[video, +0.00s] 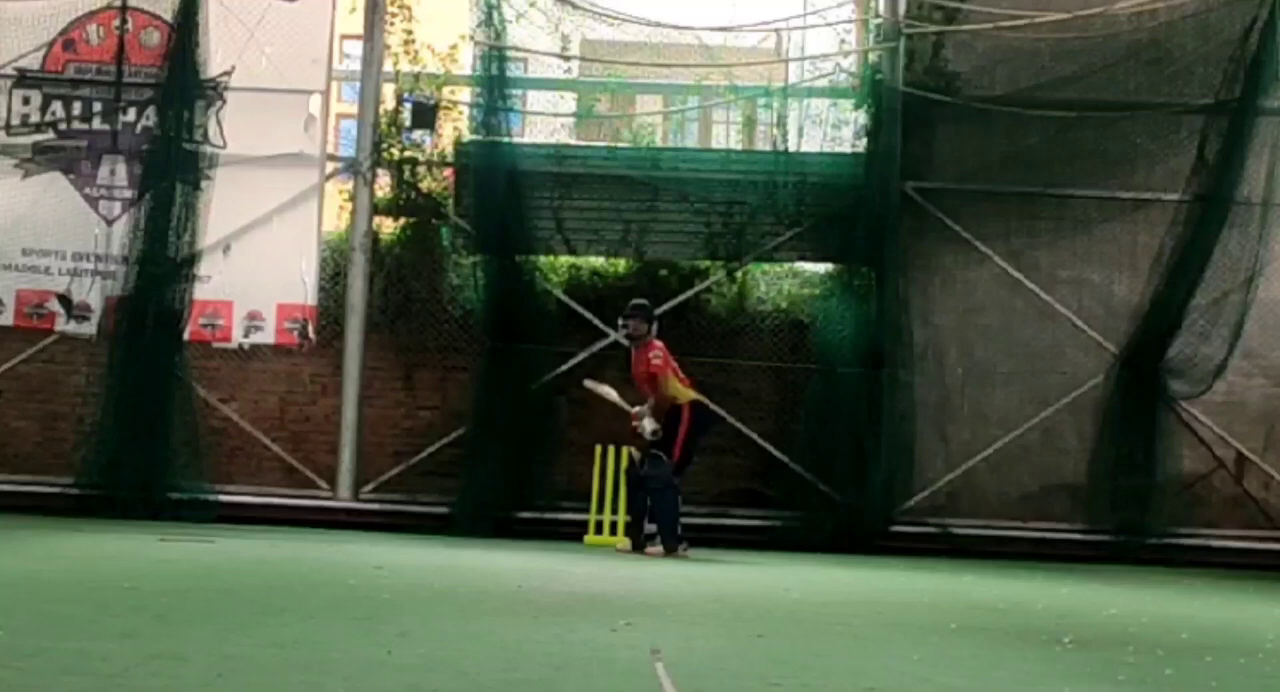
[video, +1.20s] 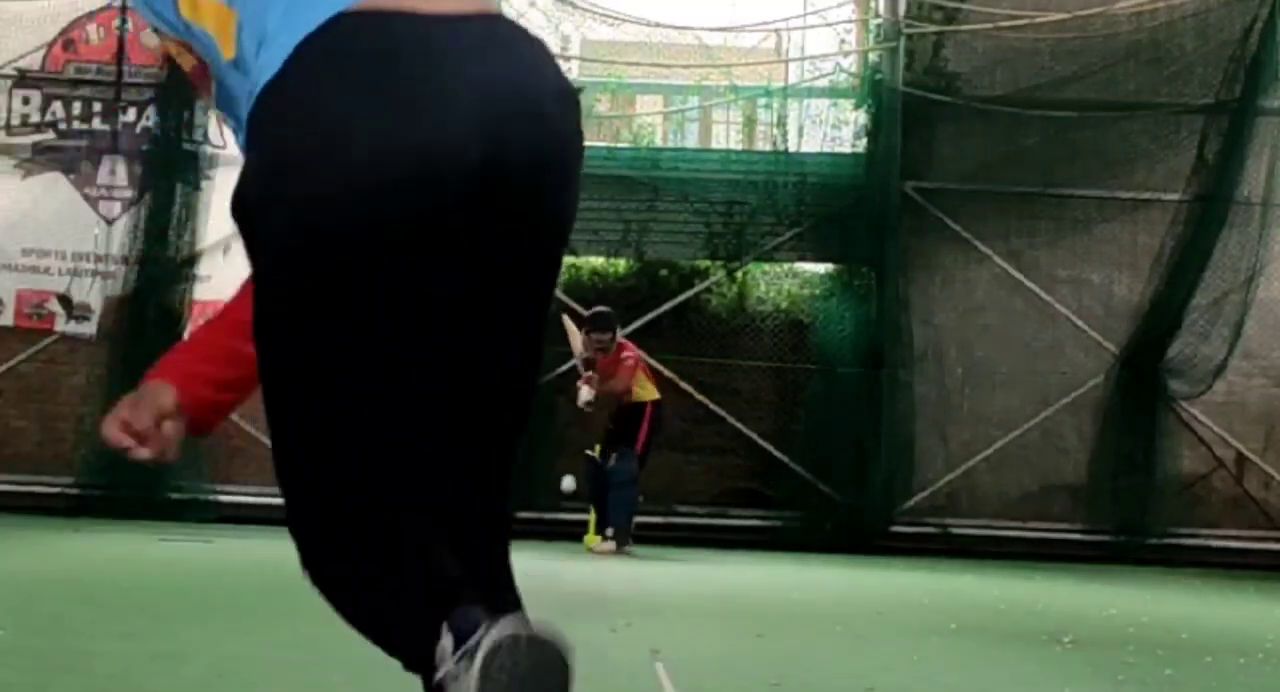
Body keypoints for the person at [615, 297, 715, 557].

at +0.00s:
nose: (633, 326)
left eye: (640, 322)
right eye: (630, 321)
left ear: (650, 325)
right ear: (625, 324)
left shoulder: (654, 352)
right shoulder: (638, 351)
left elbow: (665, 390)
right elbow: (655, 390)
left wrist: (651, 416)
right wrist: (644, 409)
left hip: (686, 405)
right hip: (668, 406)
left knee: (667, 468)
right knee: (653, 465)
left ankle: (671, 539)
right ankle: (648, 534)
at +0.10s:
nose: (633, 324)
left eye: (639, 319)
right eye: (629, 319)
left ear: (649, 323)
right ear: (625, 323)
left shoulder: (655, 349)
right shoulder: (638, 350)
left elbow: (663, 388)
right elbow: (629, 381)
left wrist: (646, 402)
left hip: (684, 405)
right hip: (666, 407)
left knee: (664, 469)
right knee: (651, 466)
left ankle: (671, 539)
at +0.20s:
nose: (633, 324)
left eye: (639, 318)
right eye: (630, 318)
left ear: (649, 322)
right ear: (625, 322)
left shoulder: (655, 349)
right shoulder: (636, 350)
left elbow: (662, 389)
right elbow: (633, 381)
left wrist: (644, 401)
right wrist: (638, 414)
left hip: (684, 404)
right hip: (664, 407)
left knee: (662, 469)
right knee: (648, 466)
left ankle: (671, 539)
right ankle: (643, 534)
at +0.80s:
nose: (610, 333)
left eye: (617, 328)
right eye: (606, 327)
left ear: (626, 331)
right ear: (600, 331)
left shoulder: (634, 358)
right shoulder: (613, 357)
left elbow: (641, 401)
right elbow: (618, 388)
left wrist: (624, 403)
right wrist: (620, 411)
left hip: (663, 408)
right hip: (643, 410)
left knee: (642, 472)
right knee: (625, 468)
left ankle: (669, 539)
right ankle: (613, 536)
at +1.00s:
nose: (599, 348)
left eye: (604, 343)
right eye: (594, 343)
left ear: (614, 342)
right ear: (588, 342)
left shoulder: (626, 366)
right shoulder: (594, 354)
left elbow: (626, 412)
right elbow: (566, 313)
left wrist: (610, 410)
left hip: (654, 405)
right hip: (633, 404)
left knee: (629, 464)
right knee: (616, 461)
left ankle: (621, 535)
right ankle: (611, 532)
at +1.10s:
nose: (599, 356)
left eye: (604, 351)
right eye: (594, 351)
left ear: (614, 347)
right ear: (587, 347)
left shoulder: (627, 366)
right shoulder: (598, 366)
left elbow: (618, 413)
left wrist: (603, 404)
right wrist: (596, 396)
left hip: (651, 409)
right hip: (630, 409)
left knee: (626, 466)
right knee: (609, 462)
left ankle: (621, 535)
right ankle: (608, 531)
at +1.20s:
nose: (601, 349)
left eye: (606, 345)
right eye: (596, 344)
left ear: (615, 337)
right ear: (587, 337)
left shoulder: (628, 353)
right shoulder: (588, 352)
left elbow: (622, 385)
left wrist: (597, 387)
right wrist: (588, 383)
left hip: (644, 403)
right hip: (620, 403)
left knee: (626, 464)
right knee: (605, 461)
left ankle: (619, 535)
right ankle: (605, 530)